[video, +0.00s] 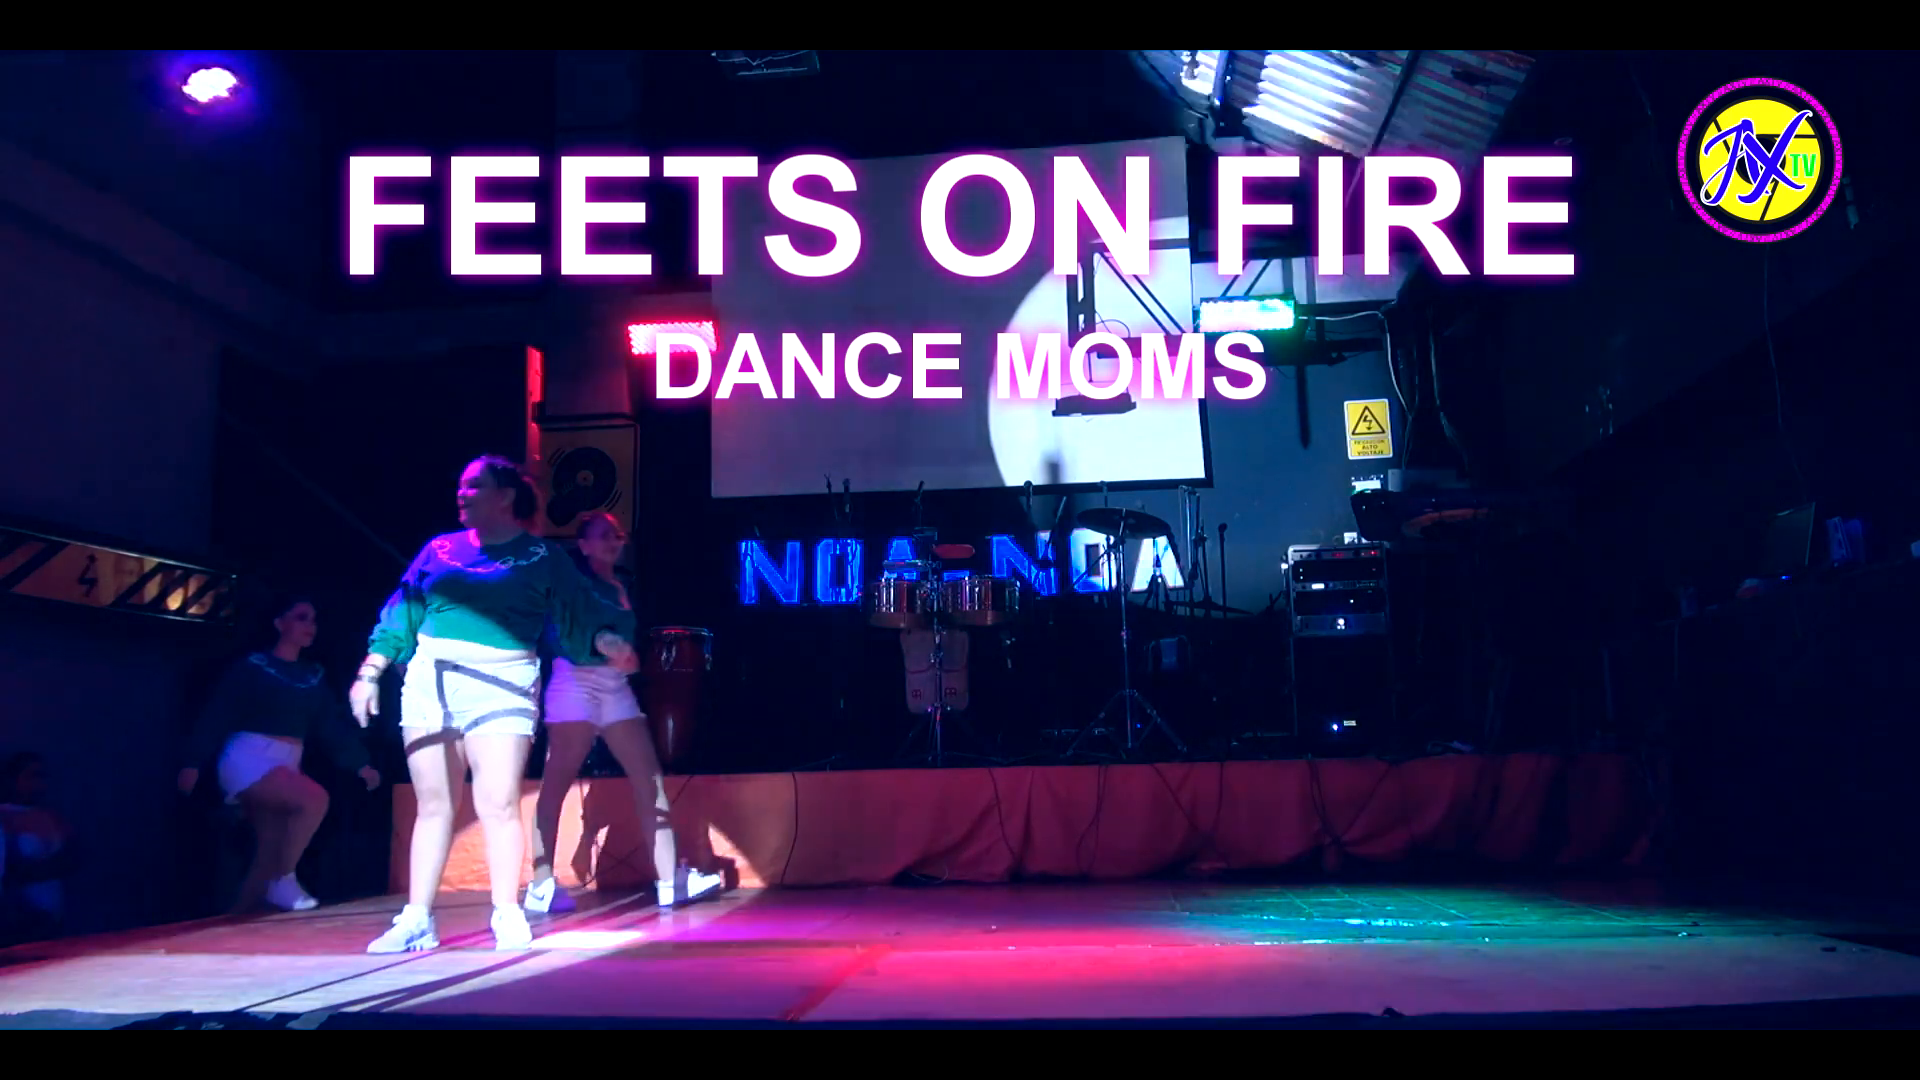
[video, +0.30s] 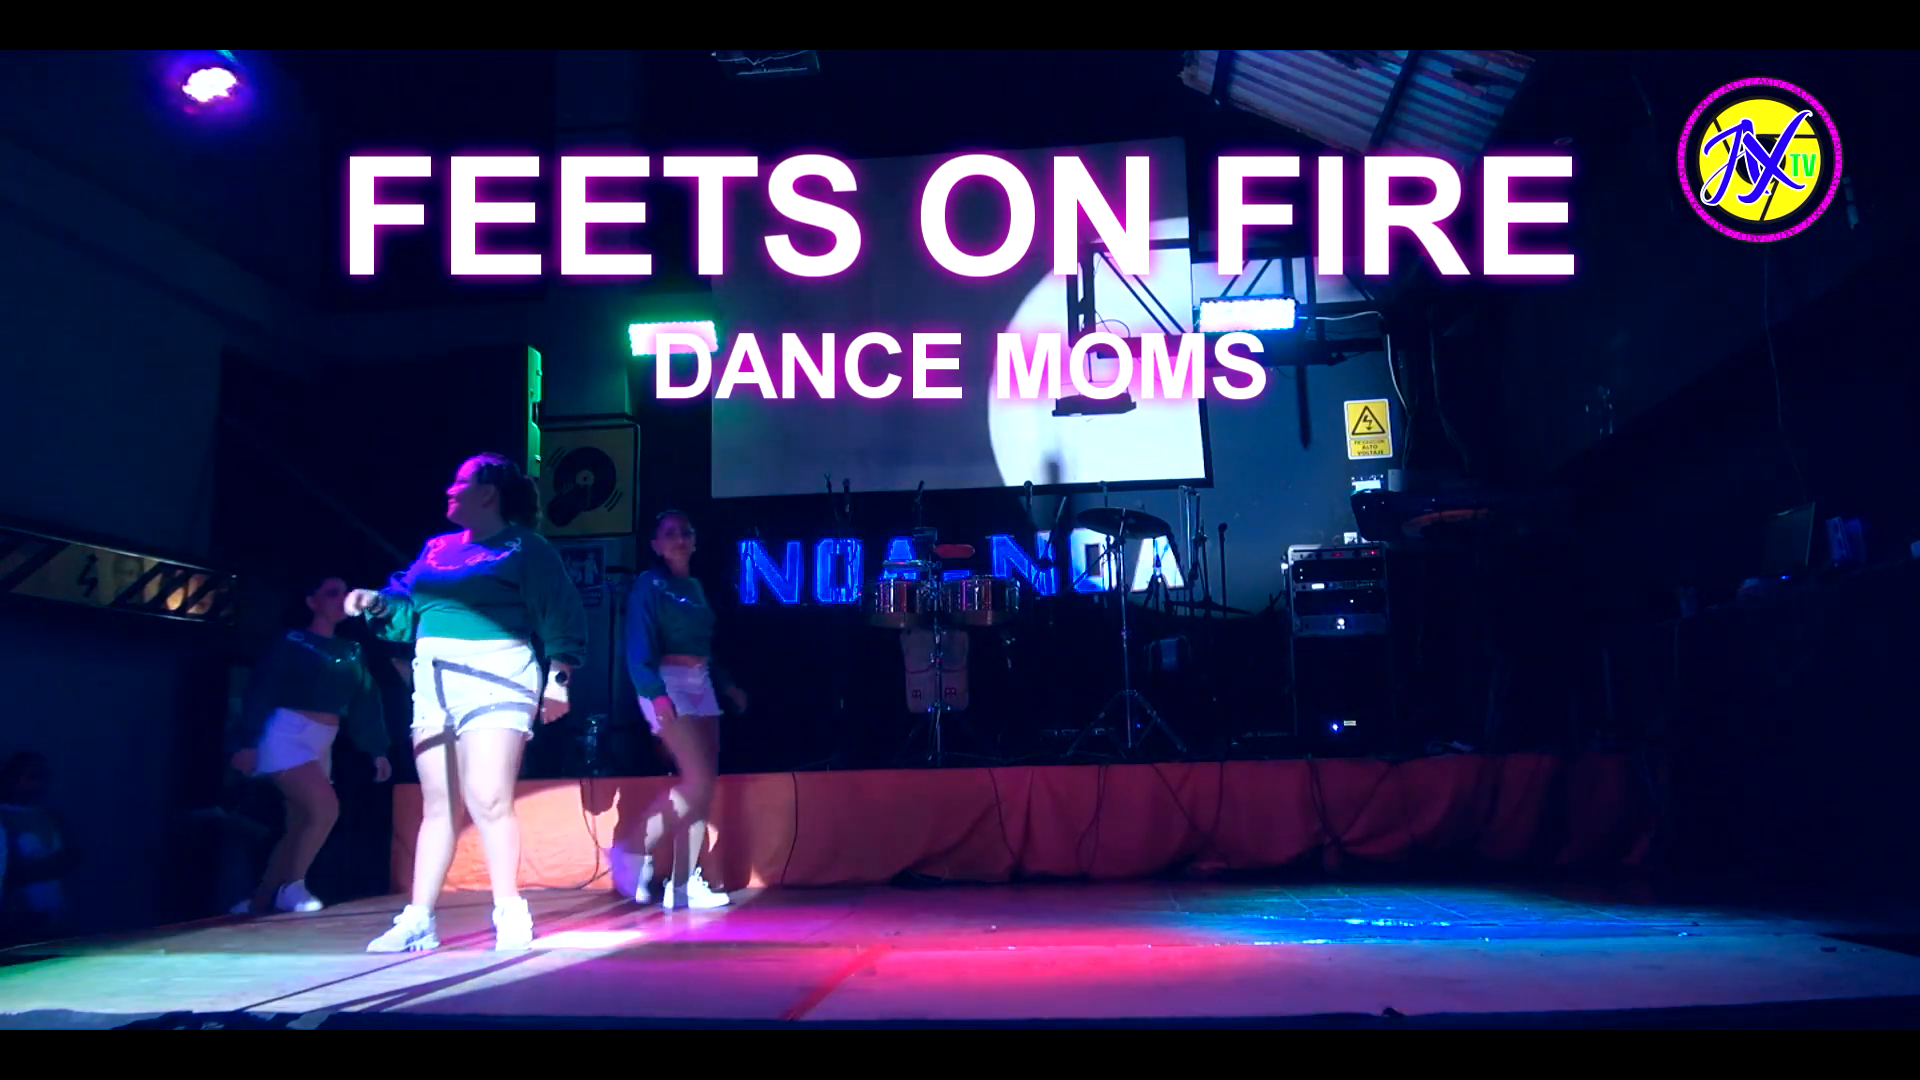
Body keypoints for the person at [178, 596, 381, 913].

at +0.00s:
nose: (310, 626)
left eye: (313, 620)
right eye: (302, 619)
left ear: (315, 627)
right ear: (280, 623)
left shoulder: (313, 677)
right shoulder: (252, 669)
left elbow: (333, 726)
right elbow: (218, 716)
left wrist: (360, 764)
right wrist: (194, 763)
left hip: (288, 762)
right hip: (248, 759)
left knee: (271, 854)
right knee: (314, 800)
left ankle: (239, 924)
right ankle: (284, 881)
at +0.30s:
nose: (341, 600)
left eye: (343, 594)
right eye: (332, 593)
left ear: (348, 604)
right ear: (312, 602)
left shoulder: (350, 653)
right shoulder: (291, 645)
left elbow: (366, 705)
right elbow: (260, 693)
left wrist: (378, 751)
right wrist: (246, 743)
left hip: (322, 742)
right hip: (284, 735)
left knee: (298, 827)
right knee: (325, 808)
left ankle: (261, 900)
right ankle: (293, 887)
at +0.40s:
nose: (352, 592)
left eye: (353, 586)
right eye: (342, 587)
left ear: (356, 595)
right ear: (321, 595)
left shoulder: (358, 645)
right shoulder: (302, 638)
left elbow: (370, 699)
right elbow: (279, 687)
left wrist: (372, 747)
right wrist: (275, 736)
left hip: (336, 735)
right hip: (300, 729)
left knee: (341, 817)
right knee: (325, 810)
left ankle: (267, 874)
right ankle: (293, 889)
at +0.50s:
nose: (363, 586)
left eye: (365, 581)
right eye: (355, 580)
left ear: (366, 588)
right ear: (333, 585)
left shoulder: (367, 636)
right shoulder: (313, 629)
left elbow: (373, 693)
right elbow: (295, 678)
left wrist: (374, 739)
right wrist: (315, 720)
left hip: (350, 728)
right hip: (312, 724)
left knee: (365, 801)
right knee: (325, 807)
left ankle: (294, 847)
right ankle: (293, 887)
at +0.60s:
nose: (376, 579)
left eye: (377, 573)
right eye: (367, 573)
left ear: (377, 581)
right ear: (346, 579)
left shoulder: (371, 628)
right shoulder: (327, 622)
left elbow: (380, 675)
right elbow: (320, 678)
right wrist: (360, 702)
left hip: (359, 719)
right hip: (323, 718)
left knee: (385, 790)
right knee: (324, 804)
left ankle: (331, 853)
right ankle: (292, 885)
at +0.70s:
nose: (390, 576)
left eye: (391, 570)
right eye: (382, 570)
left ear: (392, 578)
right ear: (361, 574)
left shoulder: (382, 624)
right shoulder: (342, 619)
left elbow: (394, 671)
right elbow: (347, 671)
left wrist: (408, 696)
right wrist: (393, 687)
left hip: (373, 716)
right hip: (338, 715)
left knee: (401, 790)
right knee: (326, 800)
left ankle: (376, 869)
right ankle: (294, 883)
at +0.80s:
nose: (408, 577)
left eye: (409, 571)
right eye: (400, 570)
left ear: (408, 578)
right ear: (378, 575)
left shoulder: (399, 623)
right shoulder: (364, 617)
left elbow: (413, 667)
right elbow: (384, 663)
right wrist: (422, 683)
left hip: (391, 718)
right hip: (358, 714)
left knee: (410, 793)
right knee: (335, 796)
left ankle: (428, 879)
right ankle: (295, 880)